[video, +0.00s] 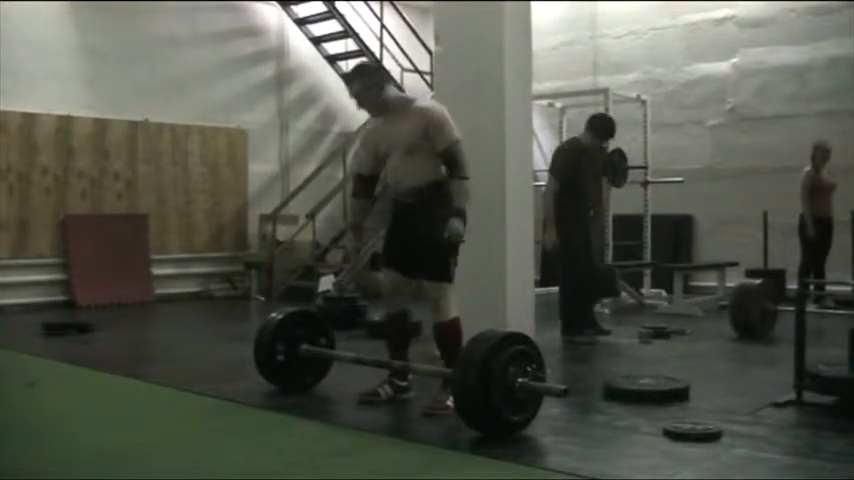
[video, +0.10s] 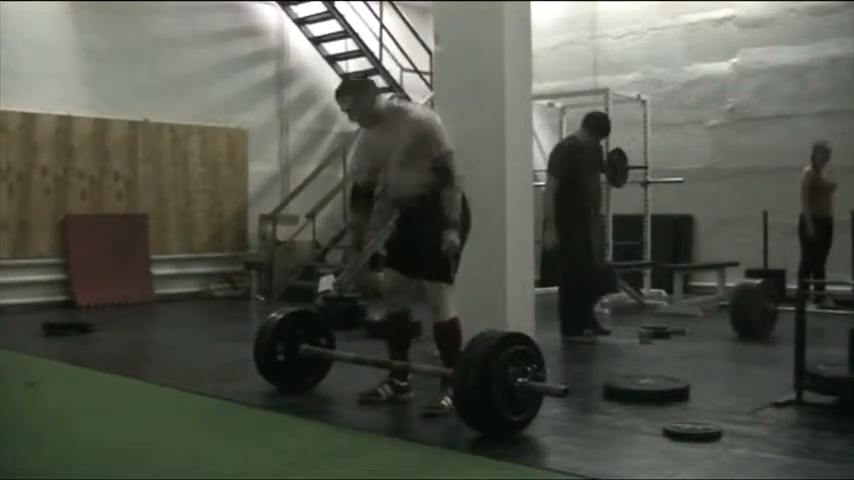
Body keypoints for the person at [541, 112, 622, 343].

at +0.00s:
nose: (601, 145)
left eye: (604, 141)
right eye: (600, 139)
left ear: (605, 138)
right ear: (593, 133)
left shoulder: (599, 154)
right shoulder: (567, 151)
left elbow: (617, 181)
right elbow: (550, 192)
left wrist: (618, 161)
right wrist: (550, 229)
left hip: (589, 225)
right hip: (568, 225)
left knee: (587, 273)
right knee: (572, 275)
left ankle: (587, 321)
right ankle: (572, 327)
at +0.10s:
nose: (597, 142)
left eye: (600, 138)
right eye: (596, 137)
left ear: (601, 135)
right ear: (588, 130)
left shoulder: (594, 151)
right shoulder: (564, 150)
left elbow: (613, 181)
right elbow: (550, 192)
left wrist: (617, 164)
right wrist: (550, 228)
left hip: (587, 223)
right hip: (567, 224)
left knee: (588, 272)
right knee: (572, 274)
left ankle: (587, 320)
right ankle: (570, 327)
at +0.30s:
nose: (592, 141)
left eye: (595, 137)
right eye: (591, 135)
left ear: (595, 133)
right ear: (582, 129)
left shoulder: (591, 149)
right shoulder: (562, 149)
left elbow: (592, 187)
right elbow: (549, 191)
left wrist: (594, 222)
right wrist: (550, 227)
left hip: (586, 222)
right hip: (567, 222)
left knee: (589, 271)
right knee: (572, 274)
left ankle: (586, 319)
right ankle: (570, 327)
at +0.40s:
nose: (592, 140)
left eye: (595, 137)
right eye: (591, 135)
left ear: (581, 125)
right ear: (585, 129)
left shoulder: (590, 149)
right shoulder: (561, 149)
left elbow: (591, 185)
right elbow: (549, 191)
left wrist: (594, 220)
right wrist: (551, 227)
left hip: (586, 221)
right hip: (568, 222)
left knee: (588, 271)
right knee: (572, 273)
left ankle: (588, 321)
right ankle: (570, 327)